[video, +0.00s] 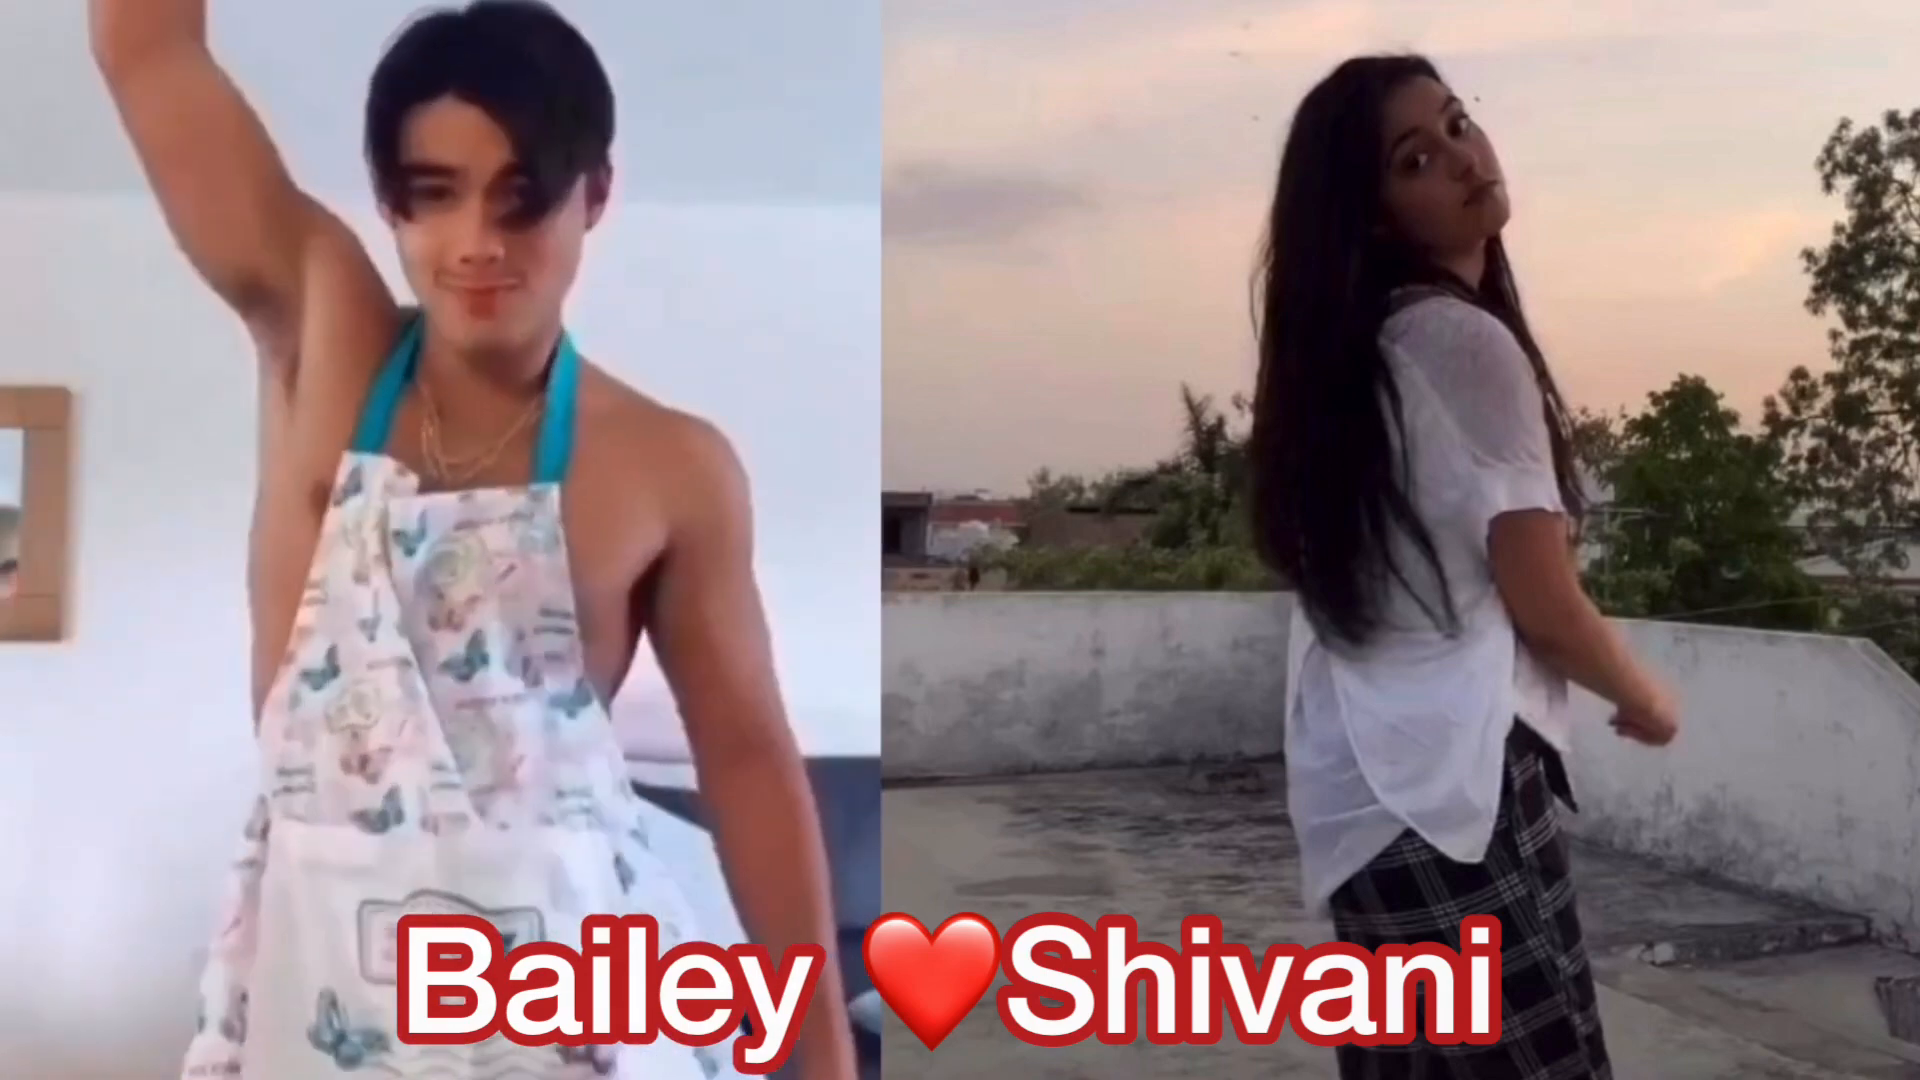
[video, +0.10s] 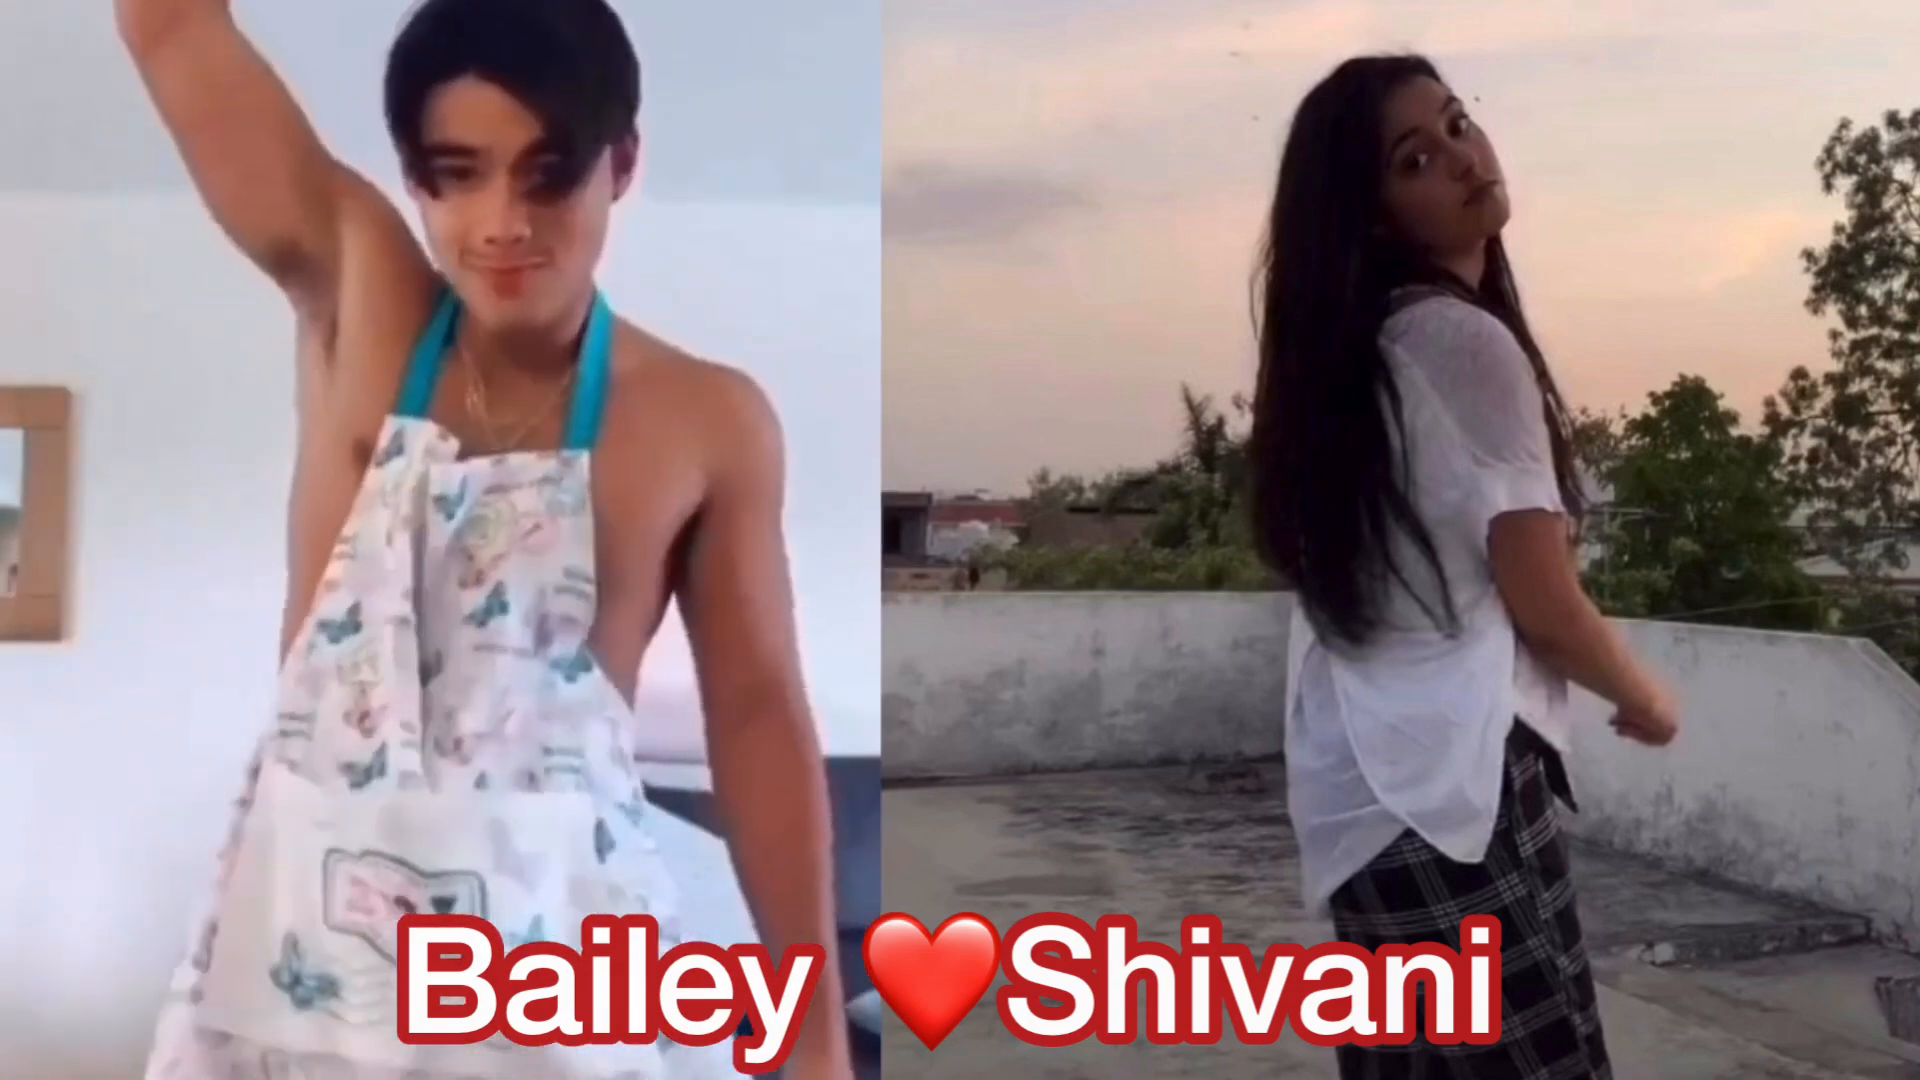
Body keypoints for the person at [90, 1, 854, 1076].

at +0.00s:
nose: (476, 245)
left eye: (523, 197)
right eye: (430, 196)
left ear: (596, 198)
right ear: (387, 206)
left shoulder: (670, 470)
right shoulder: (313, 319)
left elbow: (750, 765)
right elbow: (146, 44)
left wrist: (820, 1046)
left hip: (561, 983)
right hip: (311, 967)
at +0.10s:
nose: (504, 222)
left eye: (548, 172)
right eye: (454, 173)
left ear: (622, 166)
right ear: (412, 177)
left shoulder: (707, 422)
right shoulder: (346, 276)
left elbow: (759, 721)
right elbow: (165, 19)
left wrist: (815, 1024)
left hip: (562, 940)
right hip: (309, 926)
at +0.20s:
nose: (537, 243)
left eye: (584, 191)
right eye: (493, 193)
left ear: (659, 184)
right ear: (449, 197)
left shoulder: (756, 411)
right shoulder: (390, 307)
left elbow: (787, 718)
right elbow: (200, 50)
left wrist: (814, 1029)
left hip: (579, 942)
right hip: (329, 917)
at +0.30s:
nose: (577, 298)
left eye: (625, 248)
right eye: (533, 250)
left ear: (699, 239)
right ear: (491, 254)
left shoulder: (813, 445)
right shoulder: (433, 389)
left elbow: (841, 750)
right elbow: (237, 141)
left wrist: (846, 1037)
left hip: (647, 1015)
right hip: (385, 990)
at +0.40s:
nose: (611, 350)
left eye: (660, 301)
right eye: (567, 301)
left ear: (737, 289)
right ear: (529, 306)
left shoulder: (845, 470)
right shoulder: (470, 450)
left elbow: (812, 755)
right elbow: (263, 217)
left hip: (728, 1013)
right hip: (492, 1004)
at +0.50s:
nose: (653, 371)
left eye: (695, 319)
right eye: (605, 322)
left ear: (773, 309)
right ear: (566, 325)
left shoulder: (855, 470)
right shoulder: (505, 474)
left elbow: (858, 778)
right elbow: (285, 264)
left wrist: (853, 979)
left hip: (806, 1008)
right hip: (564, 1007)